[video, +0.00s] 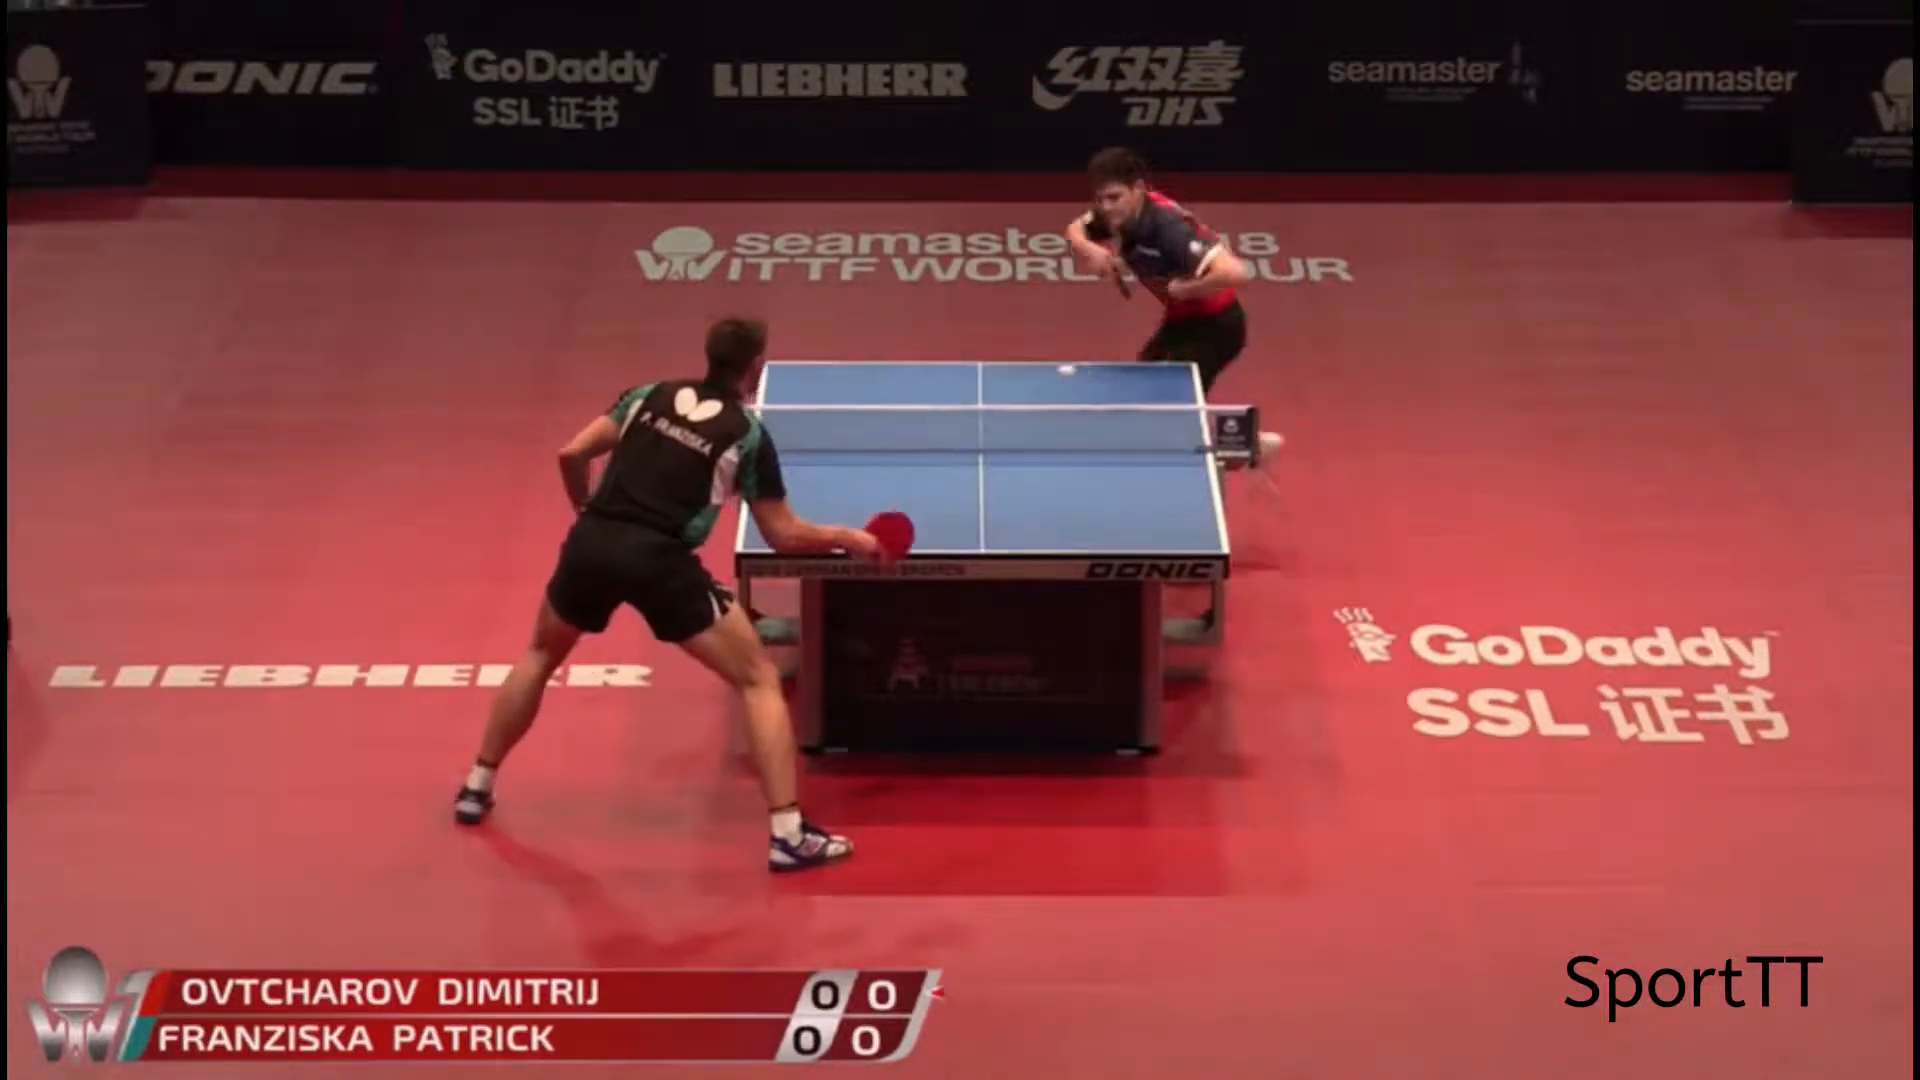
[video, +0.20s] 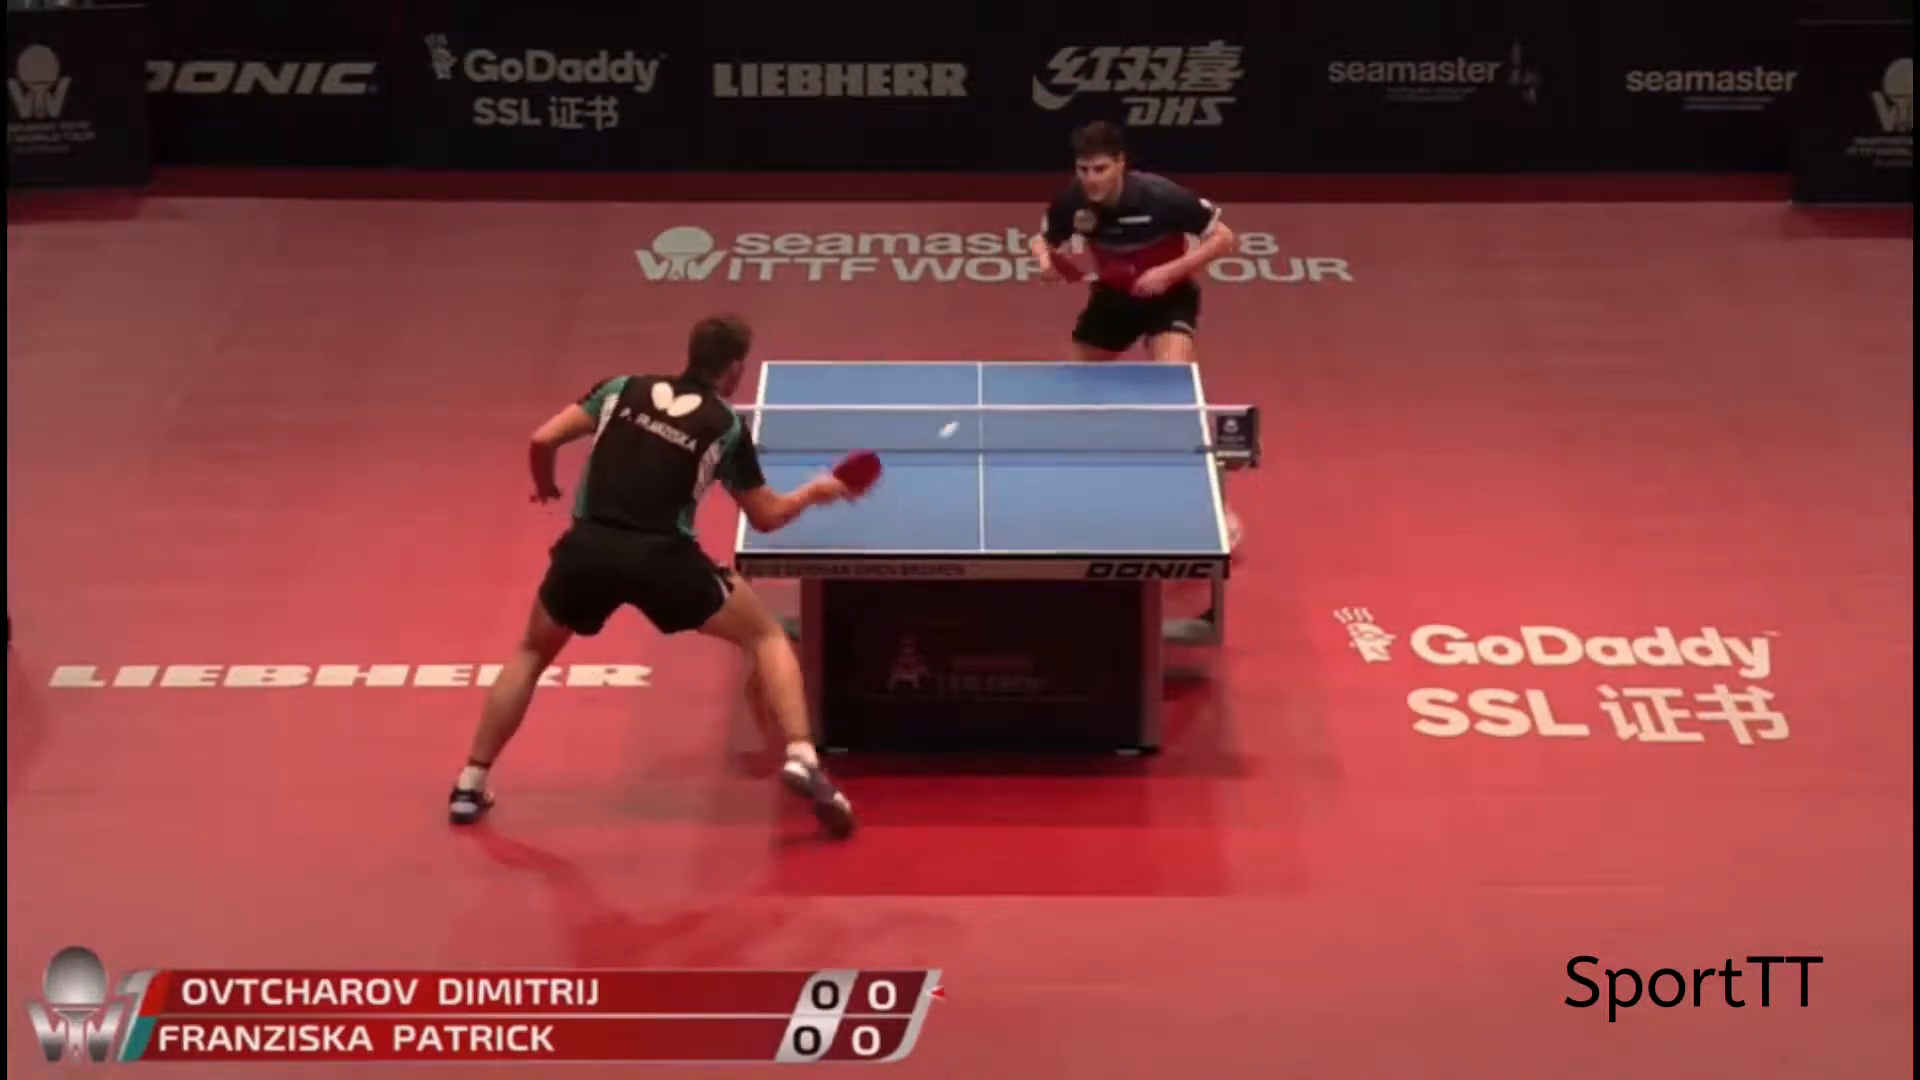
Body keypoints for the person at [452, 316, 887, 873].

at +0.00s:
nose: (762, 374)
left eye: (759, 366)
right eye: (761, 367)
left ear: (707, 362)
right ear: (752, 372)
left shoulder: (650, 396)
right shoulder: (748, 435)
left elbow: (572, 454)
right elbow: (783, 533)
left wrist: (587, 513)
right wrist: (847, 537)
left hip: (592, 545)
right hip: (660, 561)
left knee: (541, 655)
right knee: (758, 680)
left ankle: (475, 786)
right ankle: (790, 833)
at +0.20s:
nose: (741, 375)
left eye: (740, 365)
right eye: (741, 366)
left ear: (688, 356)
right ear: (732, 370)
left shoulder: (624, 389)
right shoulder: (726, 427)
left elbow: (543, 439)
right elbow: (766, 515)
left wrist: (543, 484)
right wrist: (812, 492)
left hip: (588, 548)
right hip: (664, 558)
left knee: (532, 654)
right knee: (765, 637)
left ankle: (470, 781)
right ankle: (801, 754)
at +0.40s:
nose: (760, 374)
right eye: (762, 366)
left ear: (713, 358)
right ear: (760, 371)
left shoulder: (678, 390)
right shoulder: (766, 426)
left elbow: (624, 440)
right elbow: (793, 472)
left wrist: (583, 462)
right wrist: (816, 477)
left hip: (656, 547)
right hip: (730, 553)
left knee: (566, 656)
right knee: (801, 642)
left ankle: (480, 773)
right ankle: (872, 753)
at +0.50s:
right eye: (774, 379)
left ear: (729, 375)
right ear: (775, 385)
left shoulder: (712, 410)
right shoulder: (790, 435)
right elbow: (798, 483)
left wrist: (616, 459)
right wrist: (811, 479)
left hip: (707, 569)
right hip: (778, 570)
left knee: (602, 661)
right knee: (820, 639)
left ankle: (507, 780)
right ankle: (881, 755)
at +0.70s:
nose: (782, 358)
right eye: (783, 351)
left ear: (731, 346)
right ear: (779, 358)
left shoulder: (681, 386)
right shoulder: (790, 424)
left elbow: (611, 434)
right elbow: (824, 517)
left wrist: (594, 478)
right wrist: (845, 494)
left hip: (647, 538)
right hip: (722, 549)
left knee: (576, 661)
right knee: (811, 649)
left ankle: (504, 786)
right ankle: (870, 777)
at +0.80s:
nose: (783, 358)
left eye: (776, 349)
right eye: (784, 351)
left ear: (731, 349)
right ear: (780, 359)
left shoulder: (677, 389)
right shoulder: (787, 428)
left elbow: (610, 440)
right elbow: (826, 521)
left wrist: (601, 487)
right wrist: (849, 496)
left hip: (641, 540)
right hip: (716, 552)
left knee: (570, 655)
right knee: (807, 650)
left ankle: (504, 786)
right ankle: (846, 795)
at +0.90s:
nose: (786, 390)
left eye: (774, 378)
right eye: (785, 382)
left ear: (730, 378)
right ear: (778, 390)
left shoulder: (670, 428)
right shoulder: (780, 463)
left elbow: (603, 496)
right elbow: (820, 556)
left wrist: (624, 529)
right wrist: (865, 539)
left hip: (627, 579)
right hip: (697, 595)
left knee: (556, 672)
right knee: (802, 706)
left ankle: (478, 792)